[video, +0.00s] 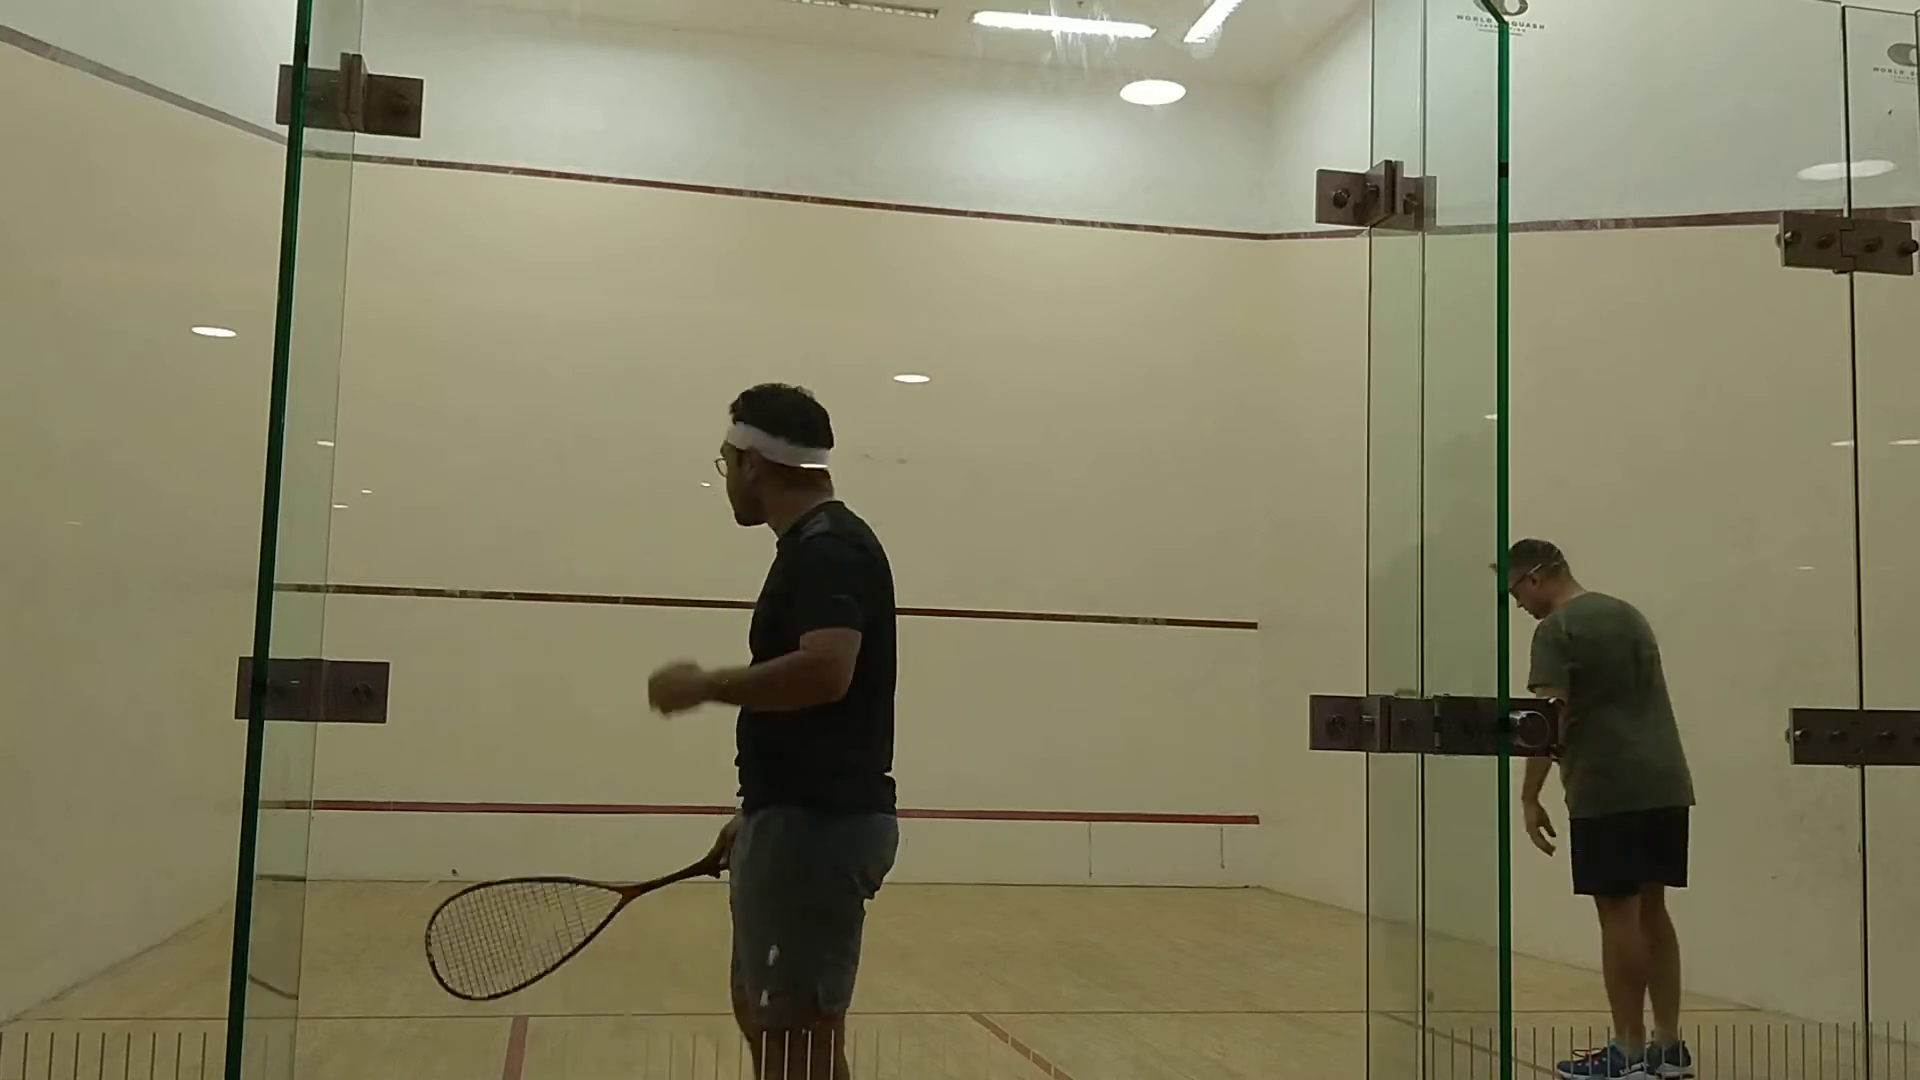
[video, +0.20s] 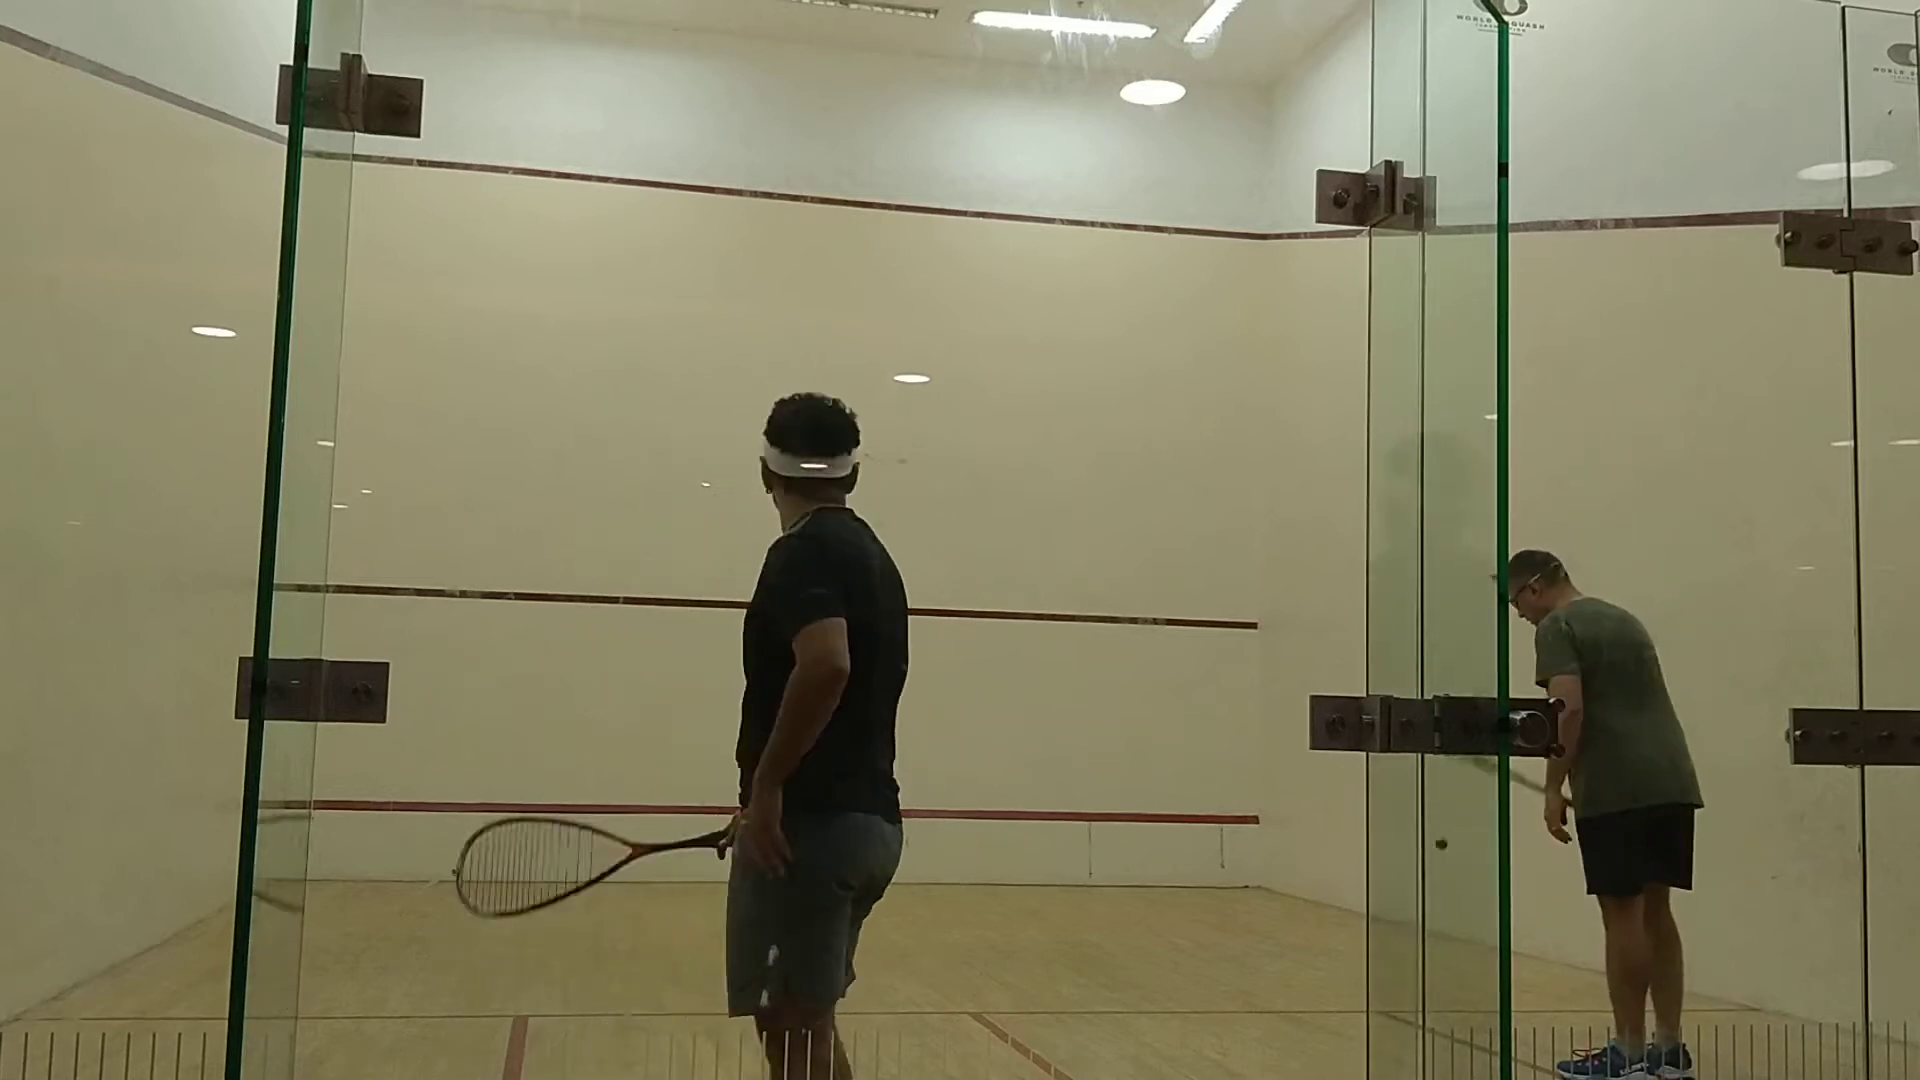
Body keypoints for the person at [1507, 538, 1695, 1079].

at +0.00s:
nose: (1522, 607)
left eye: (1518, 595)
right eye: (1516, 598)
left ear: (1535, 578)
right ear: (1558, 571)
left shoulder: (1555, 631)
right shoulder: (1629, 615)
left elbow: (1548, 722)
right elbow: (1643, 706)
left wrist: (1530, 794)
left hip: (1607, 799)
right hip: (1667, 791)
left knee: (1619, 918)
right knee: (1654, 912)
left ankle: (1629, 1052)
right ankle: (1669, 1044)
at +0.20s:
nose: (1524, 619)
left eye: (1520, 607)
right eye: (1518, 610)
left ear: (1533, 589)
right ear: (1561, 581)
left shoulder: (1556, 626)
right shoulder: (1623, 619)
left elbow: (1569, 709)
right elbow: (1631, 710)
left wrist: (1552, 789)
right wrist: (1579, 782)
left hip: (1615, 796)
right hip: (1672, 789)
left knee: (1622, 918)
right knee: (1658, 913)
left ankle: (1628, 1053)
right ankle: (1669, 1048)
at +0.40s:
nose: (1530, 613)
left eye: (1527, 601)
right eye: (1525, 604)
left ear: (1543, 585)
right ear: (1569, 578)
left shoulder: (1560, 623)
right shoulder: (1629, 618)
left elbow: (1560, 703)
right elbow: (1631, 708)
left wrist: (1538, 746)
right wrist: (1563, 742)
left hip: (1613, 795)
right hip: (1671, 789)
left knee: (1621, 915)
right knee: (1658, 912)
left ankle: (1629, 1053)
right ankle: (1670, 1048)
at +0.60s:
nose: (1531, 597)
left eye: (1533, 585)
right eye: (1528, 588)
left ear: (1558, 574)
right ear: (1578, 572)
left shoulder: (1553, 624)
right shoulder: (1644, 620)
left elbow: (1526, 715)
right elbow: (1676, 710)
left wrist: (1558, 742)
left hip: (1604, 796)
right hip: (1670, 791)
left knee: (1616, 916)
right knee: (1660, 912)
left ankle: (1629, 1052)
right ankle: (1670, 1049)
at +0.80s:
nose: (1528, 584)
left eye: (1535, 572)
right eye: (1526, 574)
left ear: (1569, 566)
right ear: (1580, 569)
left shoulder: (1553, 625)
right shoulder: (1644, 619)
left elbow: (1535, 712)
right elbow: (1683, 710)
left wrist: (1520, 768)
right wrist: (1677, 780)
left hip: (1597, 799)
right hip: (1664, 794)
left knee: (1613, 919)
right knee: (1654, 912)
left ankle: (1630, 1051)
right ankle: (1670, 1047)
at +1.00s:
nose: (1524, 583)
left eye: (1529, 571)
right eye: (1523, 572)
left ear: (1564, 566)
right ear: (1576, 568)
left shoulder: (1550, 625)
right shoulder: (1637, 618)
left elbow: (1538, 713)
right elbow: (1682, 697)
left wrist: (1518, 783)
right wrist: (1699, 748)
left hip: (1592, 798)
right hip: (1650, 794)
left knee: (1609, 918)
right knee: (1633, 907)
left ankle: (1628, 1052)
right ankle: (1646, 1042)